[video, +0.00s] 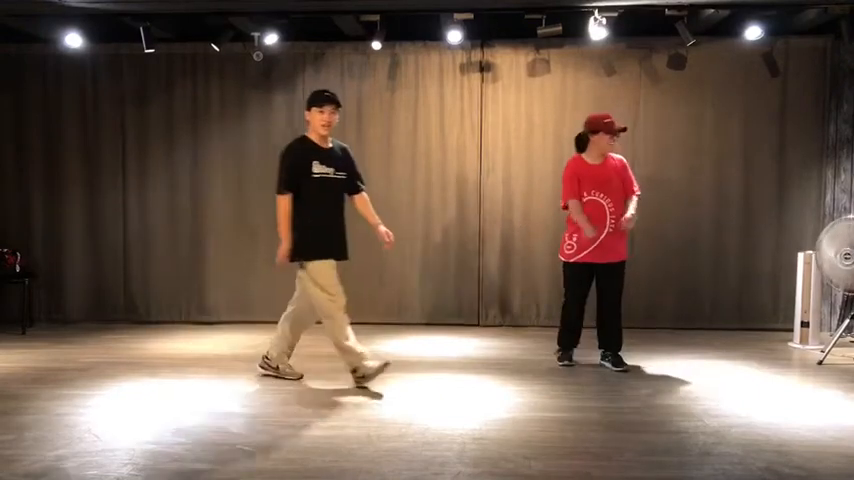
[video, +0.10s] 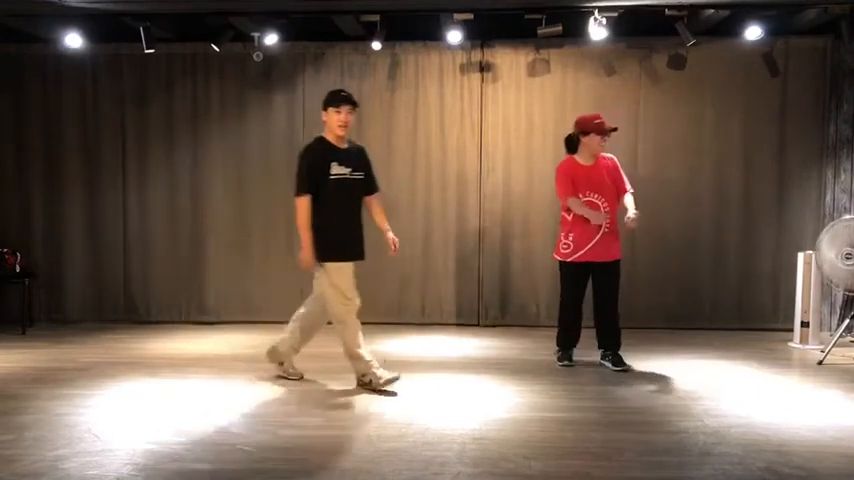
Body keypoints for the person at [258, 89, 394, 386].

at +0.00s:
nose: (328, 118)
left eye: (333, 112)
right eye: (321, 112)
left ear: (337, 116)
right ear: (308, 115)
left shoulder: (341, 153)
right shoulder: (295, 151)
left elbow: (357, 193)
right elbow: (284, 196)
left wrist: (377, 225)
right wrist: (285, 240)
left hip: (331, 243)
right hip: (308, 243)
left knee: (303, 307)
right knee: (333, 304)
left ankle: (274, 358)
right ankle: (359, 365)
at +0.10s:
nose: (344, 119)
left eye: (349, 113)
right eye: (337, 112)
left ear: (354, 118)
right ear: (325, 115)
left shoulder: (357, 154)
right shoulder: (312, 154)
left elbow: (371, 197)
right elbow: (303, 201)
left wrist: (387, 229)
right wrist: (306, 246)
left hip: (350, 244)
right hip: (327, 245)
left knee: (320, 304)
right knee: (347, 307)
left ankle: (282, 351)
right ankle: (366, 372)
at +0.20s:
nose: (363, 115)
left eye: (369, 110)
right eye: (357, 109)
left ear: (374, 115)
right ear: (344, 112)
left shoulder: (375, 150)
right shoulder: (330, 151)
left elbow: (385, 196)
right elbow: (324, 201)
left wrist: (392, 235)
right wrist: (330, 246)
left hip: (371, 243)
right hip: (345, 244)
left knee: (366, 301)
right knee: (355, 306)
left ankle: (307, 341)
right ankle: (366, 372)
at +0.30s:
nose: (383, 114)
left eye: (388, 109)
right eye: (377, 107)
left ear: (392, 113)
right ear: (363, 108)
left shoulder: (389, 148)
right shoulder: (348, 145)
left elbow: (397, 195)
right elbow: (347, 195)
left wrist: (401, 234)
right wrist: (357, 241)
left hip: (385, 240)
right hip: (358, 242)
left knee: (401, 294)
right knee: (366, 308)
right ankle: (368, 369)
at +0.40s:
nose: (402, 111)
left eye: (407, 106)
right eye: (396, 104)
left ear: (410, 111)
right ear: (381, 105)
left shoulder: (406, 148)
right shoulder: (366, 142)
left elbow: (411, 194)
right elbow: (367, 191)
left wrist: (413, 233)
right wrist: (386, 235)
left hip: (403, 239)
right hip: (372, 242)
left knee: (424, 292)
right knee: (372, 309)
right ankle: (369, 372)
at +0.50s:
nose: (420, 111)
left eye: (425, 107)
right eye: (414, 104)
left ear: (429, 112)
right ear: (400, 105)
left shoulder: (423, 150)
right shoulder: (385, 142)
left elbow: (422, 198)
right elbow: (386, 190)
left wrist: (424, 237)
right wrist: (416, 232)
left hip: (418, 244)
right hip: (387, 244)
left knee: (438, 304)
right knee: (380, 311)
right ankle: (371, 372)